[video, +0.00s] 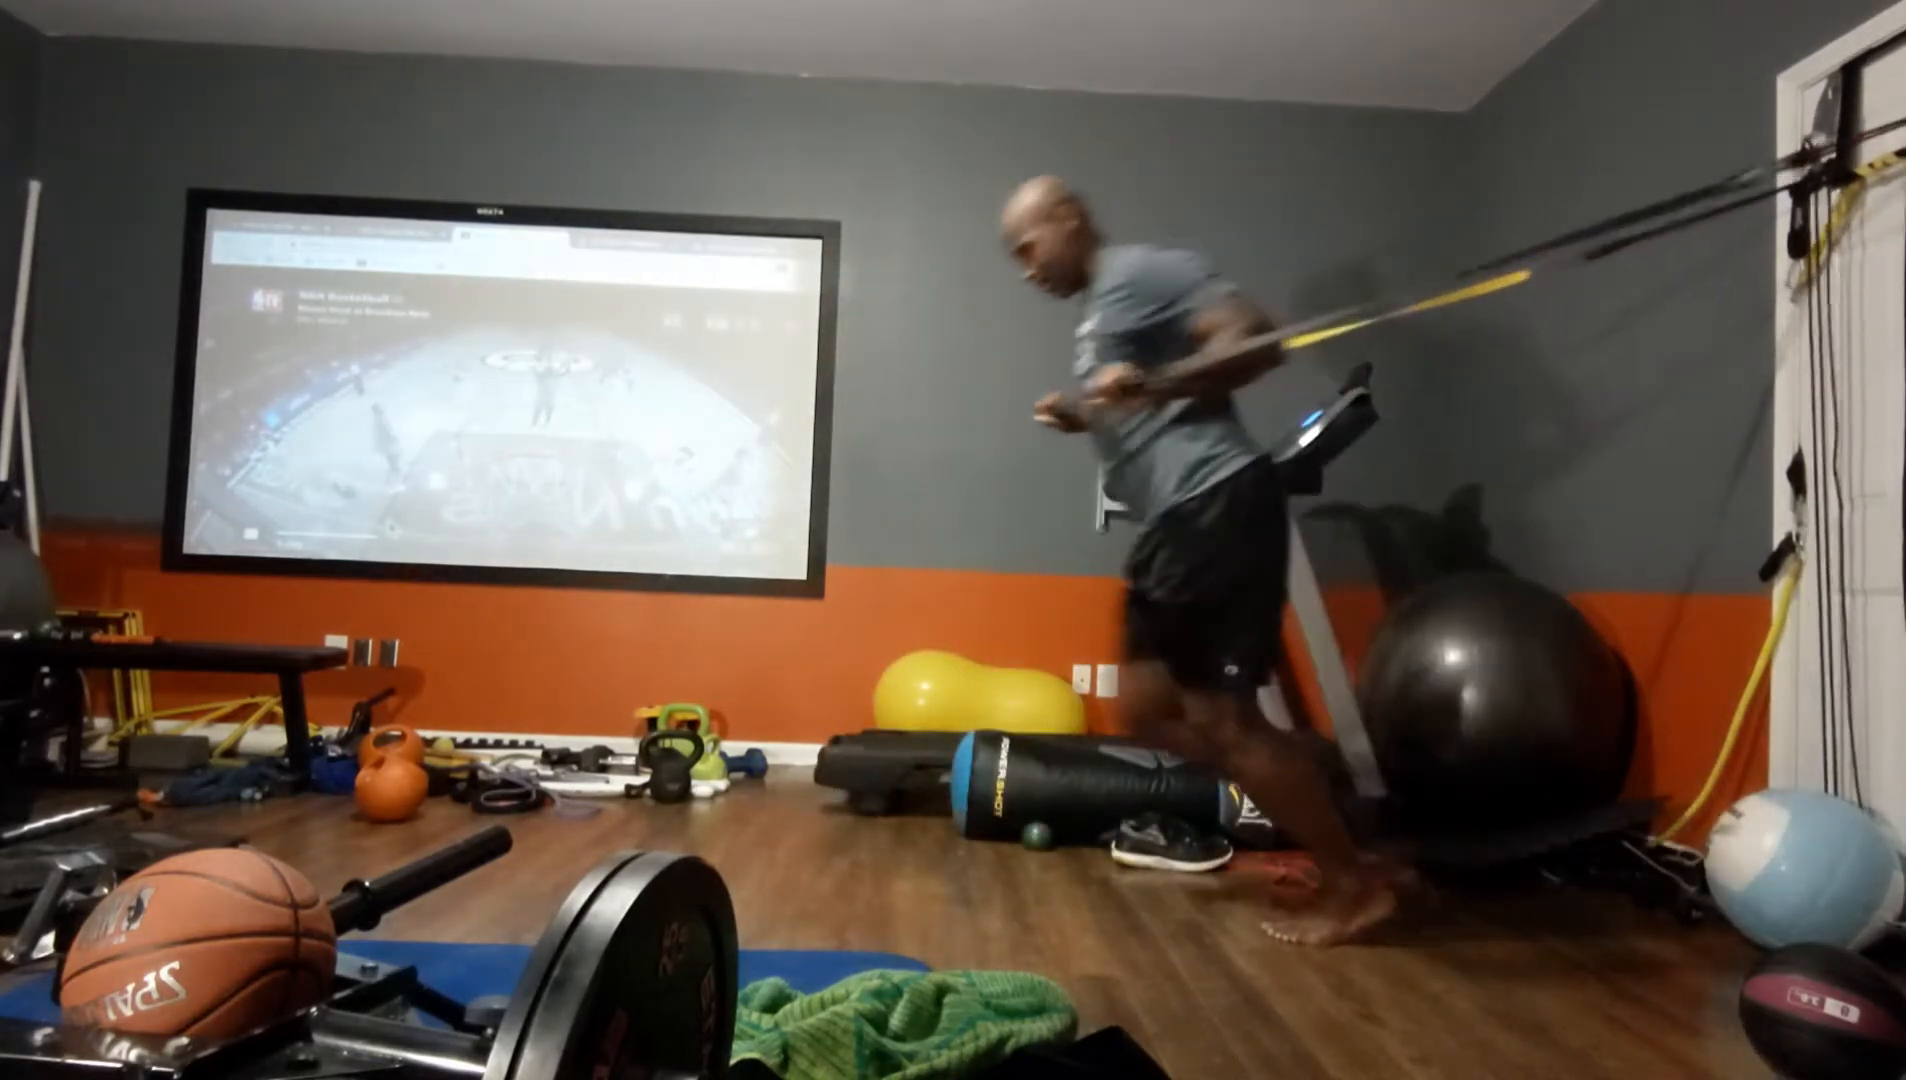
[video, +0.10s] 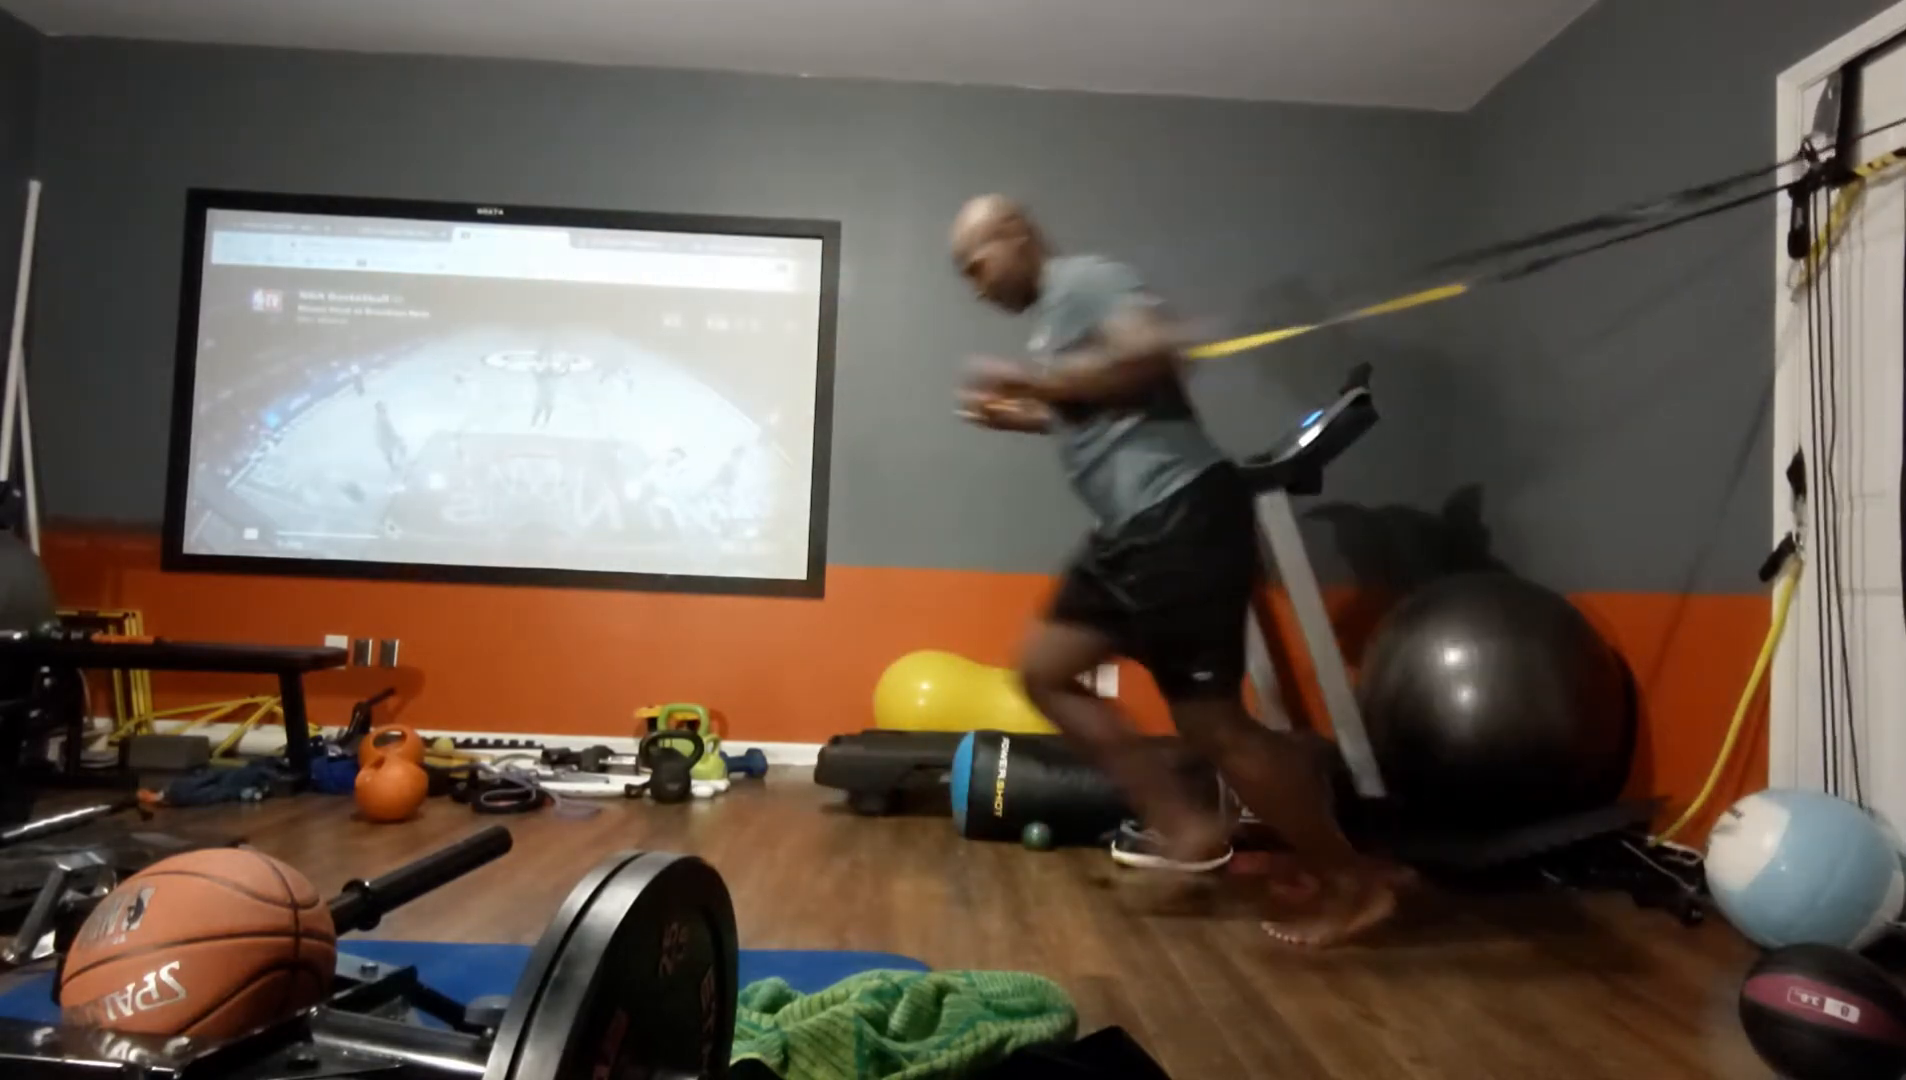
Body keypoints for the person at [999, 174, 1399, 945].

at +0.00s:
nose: (1025, 265)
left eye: (1028, 243)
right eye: (1015, 254)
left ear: (1074, 219)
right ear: (1032, 251)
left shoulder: (1139, 269)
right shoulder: (1095, 312)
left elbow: (1255, 343)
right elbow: (1143, 413)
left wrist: (1153, 384)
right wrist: (1080, 415)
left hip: (1220, 504)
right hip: (1172, 520)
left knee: (1222, 721)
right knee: (1151, 712)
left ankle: (1354, 885)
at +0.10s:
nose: (978, 282)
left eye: (981, 259)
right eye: (966, 272)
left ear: (1024, 234)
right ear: (975, 274)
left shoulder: (1086, 281)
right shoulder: (1050, 326)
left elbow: (1151, 358)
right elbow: (1108, 403)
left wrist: (1037, 380)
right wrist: (1033, 416)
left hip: (1189, 514)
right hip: (1134, 529)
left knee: (1212, 725)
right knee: (1046, 671)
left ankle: (1353, 883)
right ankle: (1183, 827)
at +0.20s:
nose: (921, 287)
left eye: (928, 265)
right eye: (910, 278)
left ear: (964, 251)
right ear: (917, 281)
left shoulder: (1027, 285)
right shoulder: (977, 340)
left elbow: (974, 337)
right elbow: (963, 405)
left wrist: (856, 348)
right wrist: (871, 388)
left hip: (1149, 511)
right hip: (1081, 530)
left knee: (1205, 725)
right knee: (971, 649)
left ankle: (1349, 877)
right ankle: (1001, 850)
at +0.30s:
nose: (836, 311)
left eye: (841, 298)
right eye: (835, 303)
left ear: (875, 283)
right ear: (874, 297)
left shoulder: (945, 308)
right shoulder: (919, 352)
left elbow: (814, 321)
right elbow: (835, 375)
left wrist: (687, 320)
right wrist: (734, 359)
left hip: (1095, 525)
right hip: (1034, 542)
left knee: (1180, 732)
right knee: (923, 672)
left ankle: (1343, 871)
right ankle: (879, 867)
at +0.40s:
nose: (763, 339)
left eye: (764, 323)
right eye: (760, 328)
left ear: (792, 305)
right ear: (803, 306)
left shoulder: (865, 330)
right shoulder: (851, 369)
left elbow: (734, 331)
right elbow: (756, 373)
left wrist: (599, 307)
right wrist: (663, 352)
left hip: (1044, 537)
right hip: (976, 551)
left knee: (1120, 738)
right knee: (869, 667)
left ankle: (1316, 857)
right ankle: (865, 873)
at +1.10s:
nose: (812, 304)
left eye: (819, 288)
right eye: (808, 294)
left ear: (862, 277)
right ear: (836, 298)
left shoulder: (921, 314)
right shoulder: (880, 367)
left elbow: (809, 339)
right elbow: (803, 384)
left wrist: (671, 316)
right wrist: (710, 353)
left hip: (1050, 540)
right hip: (978, 553)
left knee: (1108, 750)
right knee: (866, 666)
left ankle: (1282, 865)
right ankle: (862, 877)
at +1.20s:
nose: (876, 277)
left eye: (887, 256)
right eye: (869, 265)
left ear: (931, 246)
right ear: (875, 270)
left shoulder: (987, 290)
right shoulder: (933, 348)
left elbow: (935, 341)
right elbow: (891, 397)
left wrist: (803, 322)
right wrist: (804, 364)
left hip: (1088, 522)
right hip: (1013, 539)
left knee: (1125, 733)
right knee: (906, 668)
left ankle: (1298, 873)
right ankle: (866, 873)